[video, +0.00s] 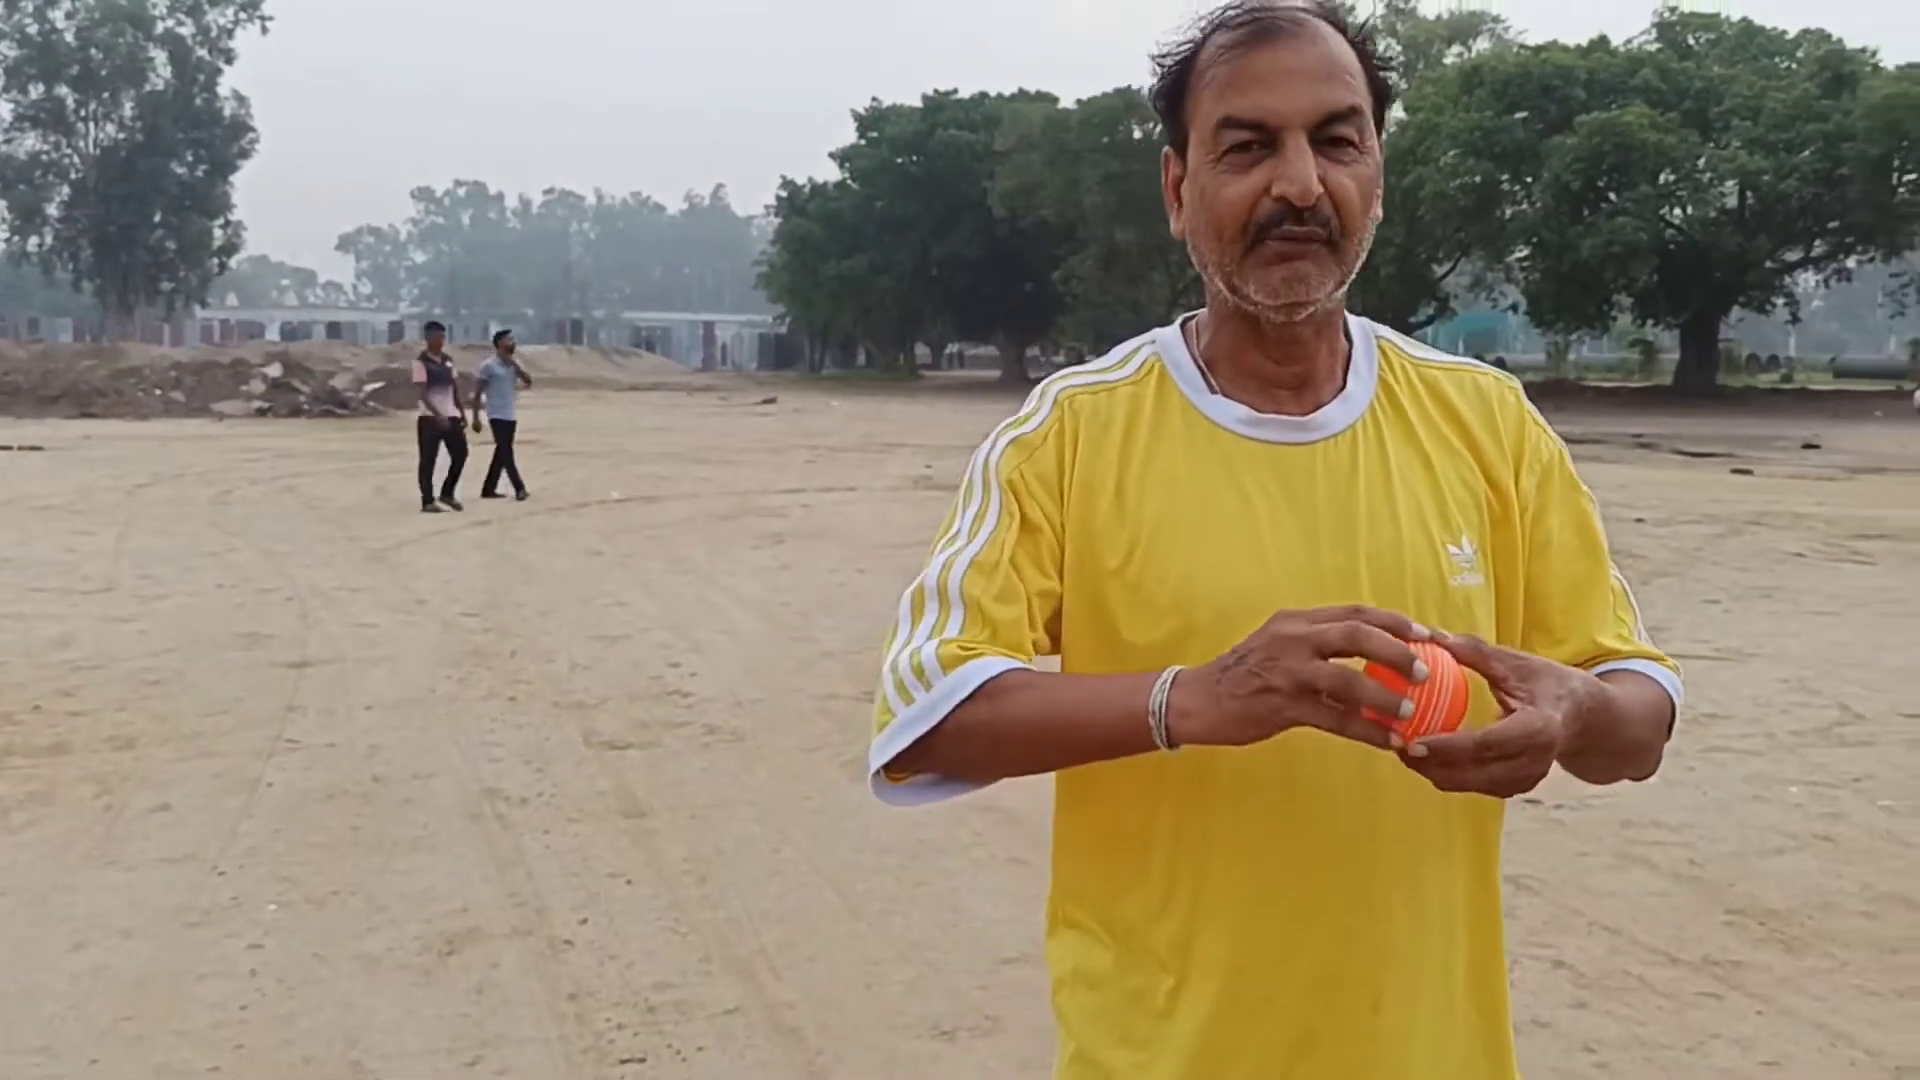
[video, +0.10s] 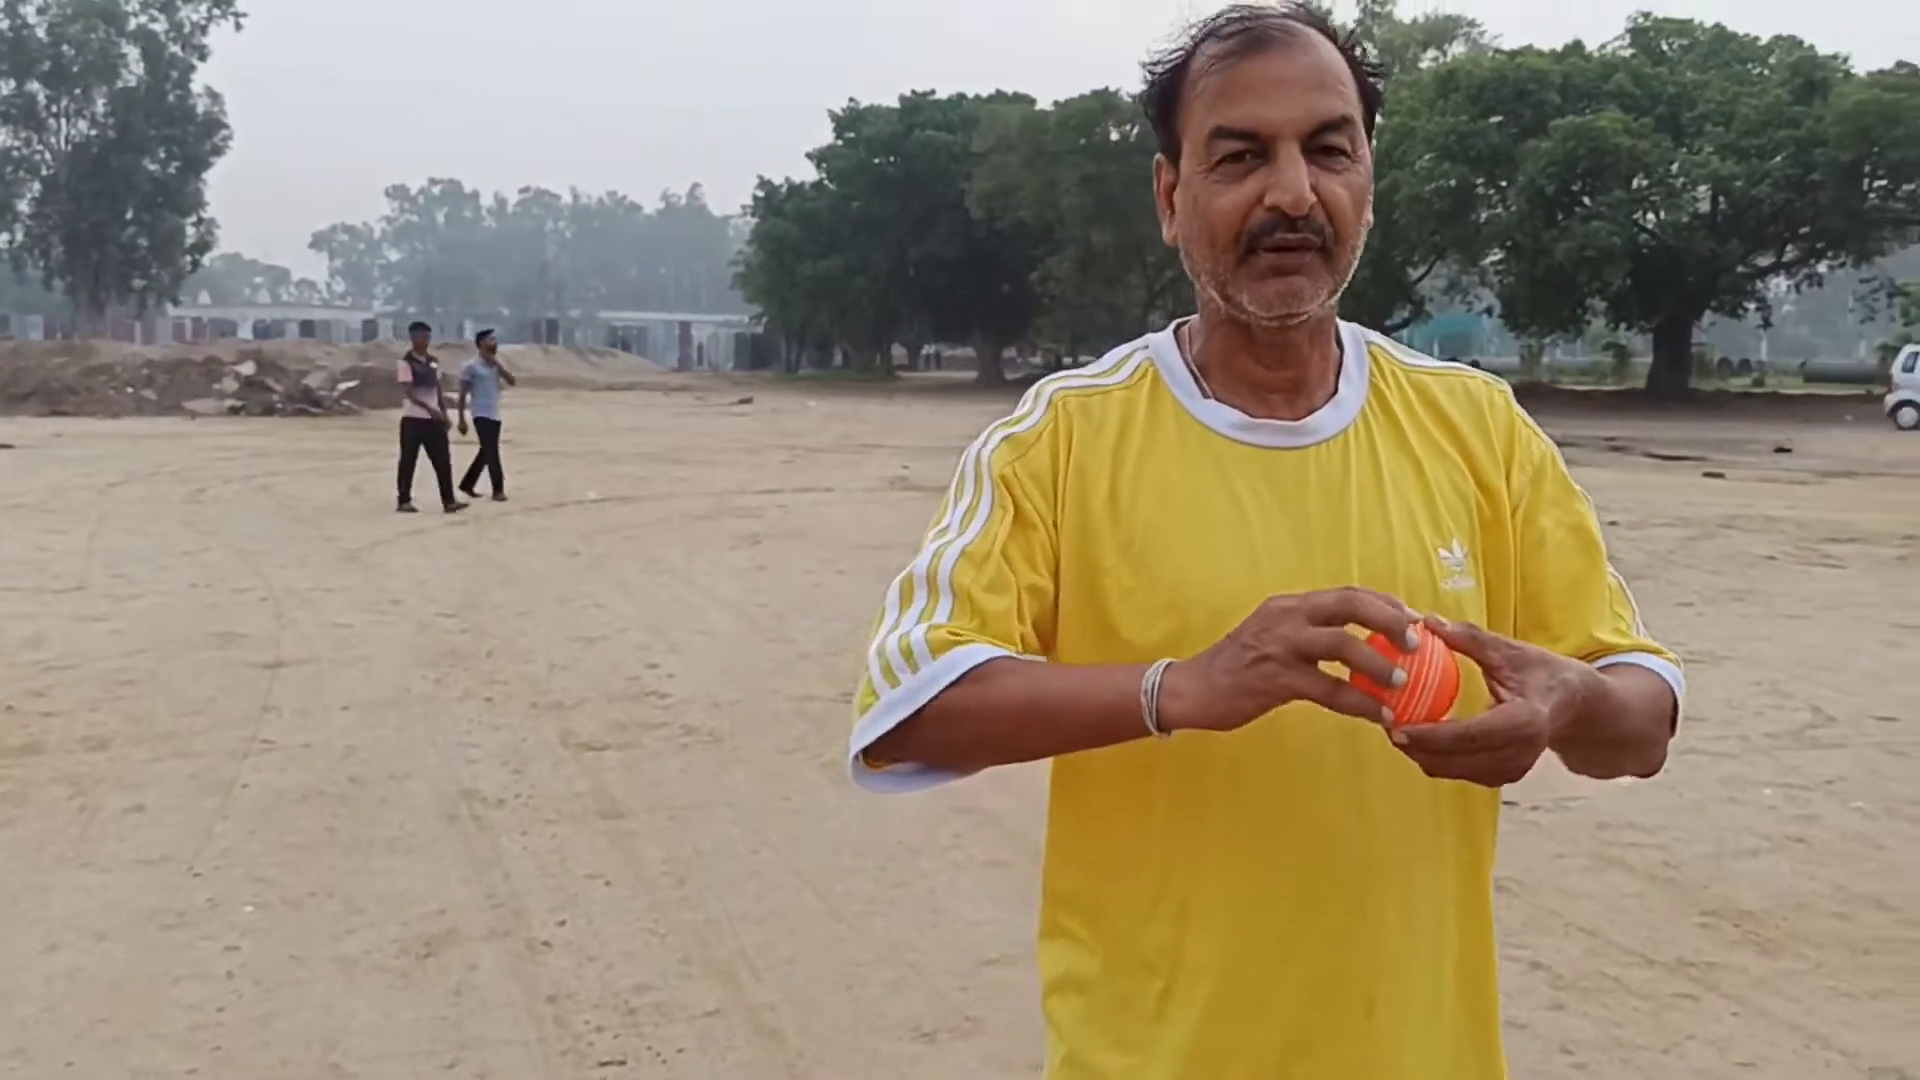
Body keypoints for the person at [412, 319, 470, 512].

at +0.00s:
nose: (440, 341)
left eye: (442, 336)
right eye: (436, 337)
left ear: (444, 338)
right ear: (427, 338)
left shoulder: (448, 361)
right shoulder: (420, 363)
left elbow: (454, 389)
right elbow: (422, 394)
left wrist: (462, 412)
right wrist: (437, 414)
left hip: (450, 416)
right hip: (430, 416)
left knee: (460, 453)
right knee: (428, 460)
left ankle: (447, 493)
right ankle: (428, 499)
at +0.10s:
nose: (425, 342)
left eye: (427, 337)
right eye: (421, 338)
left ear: (430, 339)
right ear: (412, 339)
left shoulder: (433, 362)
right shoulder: (405, 363)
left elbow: (439, 391)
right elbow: (408, 392)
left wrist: (444, 413)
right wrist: (431, 410)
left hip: (434, 418)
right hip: (413, 418)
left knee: (443, 463)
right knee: (408, 462)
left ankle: (449, 500)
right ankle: (404, 500)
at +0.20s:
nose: (422, 341)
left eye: (423, 337)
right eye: (418, 337)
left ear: (425, 338)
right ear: (408, 337)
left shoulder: (428, 361)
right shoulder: (401, 362)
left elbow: (430, 388)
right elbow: (403, 391)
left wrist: (437, 404)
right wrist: (427, 408)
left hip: (428, 418)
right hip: (408, 418)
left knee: (436, 462)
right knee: (399, 460)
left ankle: (445, 499)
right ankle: (388, 497)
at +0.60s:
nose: (402, 346)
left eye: (405, 342)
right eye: (398, 341)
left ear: (408, 344)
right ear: (389, 343)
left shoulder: (408, 368)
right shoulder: (380, 368)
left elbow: (414, 397)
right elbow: (369, 397)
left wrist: (423, 420)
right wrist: (365, 426)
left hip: (407, 421)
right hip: (390, 420)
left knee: (399, 465)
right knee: (402, 463)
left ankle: (388, 508)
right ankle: (390, 509)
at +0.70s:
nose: (408, 356)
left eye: (410, 352)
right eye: (404, 352)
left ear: (413, 354)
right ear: (394, 352)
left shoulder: (413, 378)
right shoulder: (384, 378)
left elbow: (420, 406)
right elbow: (373, 406)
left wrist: (431, 429)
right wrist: (365, 435)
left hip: (410, 433)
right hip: (393, 432)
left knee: (392, 478)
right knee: (406, 477)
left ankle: (377, 517)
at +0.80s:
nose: (405, 364)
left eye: (408, 359)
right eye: (401, 359)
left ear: (410, 361)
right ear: (391, 359)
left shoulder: (410, 385)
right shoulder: (383, 385)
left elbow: (417, 413)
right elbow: (372, 415)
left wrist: (431, 436)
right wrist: (364, 445)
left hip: (408, 441)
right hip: (392, 440)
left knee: (389, 484)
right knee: (404, 483)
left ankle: (367, 521)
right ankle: (420, 527)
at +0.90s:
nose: (398, 372)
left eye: (400, 368)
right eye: (394, 368)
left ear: (403, 370)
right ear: (384, 369)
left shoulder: (406, 395)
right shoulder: (376, 396)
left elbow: (412, 422)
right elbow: (369, 427)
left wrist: (418, 443)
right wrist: (365, 458)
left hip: (405, 449)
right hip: (388, 449)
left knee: (391, 493)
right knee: (401, 493)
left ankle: (359, 525)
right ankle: (408, 537)